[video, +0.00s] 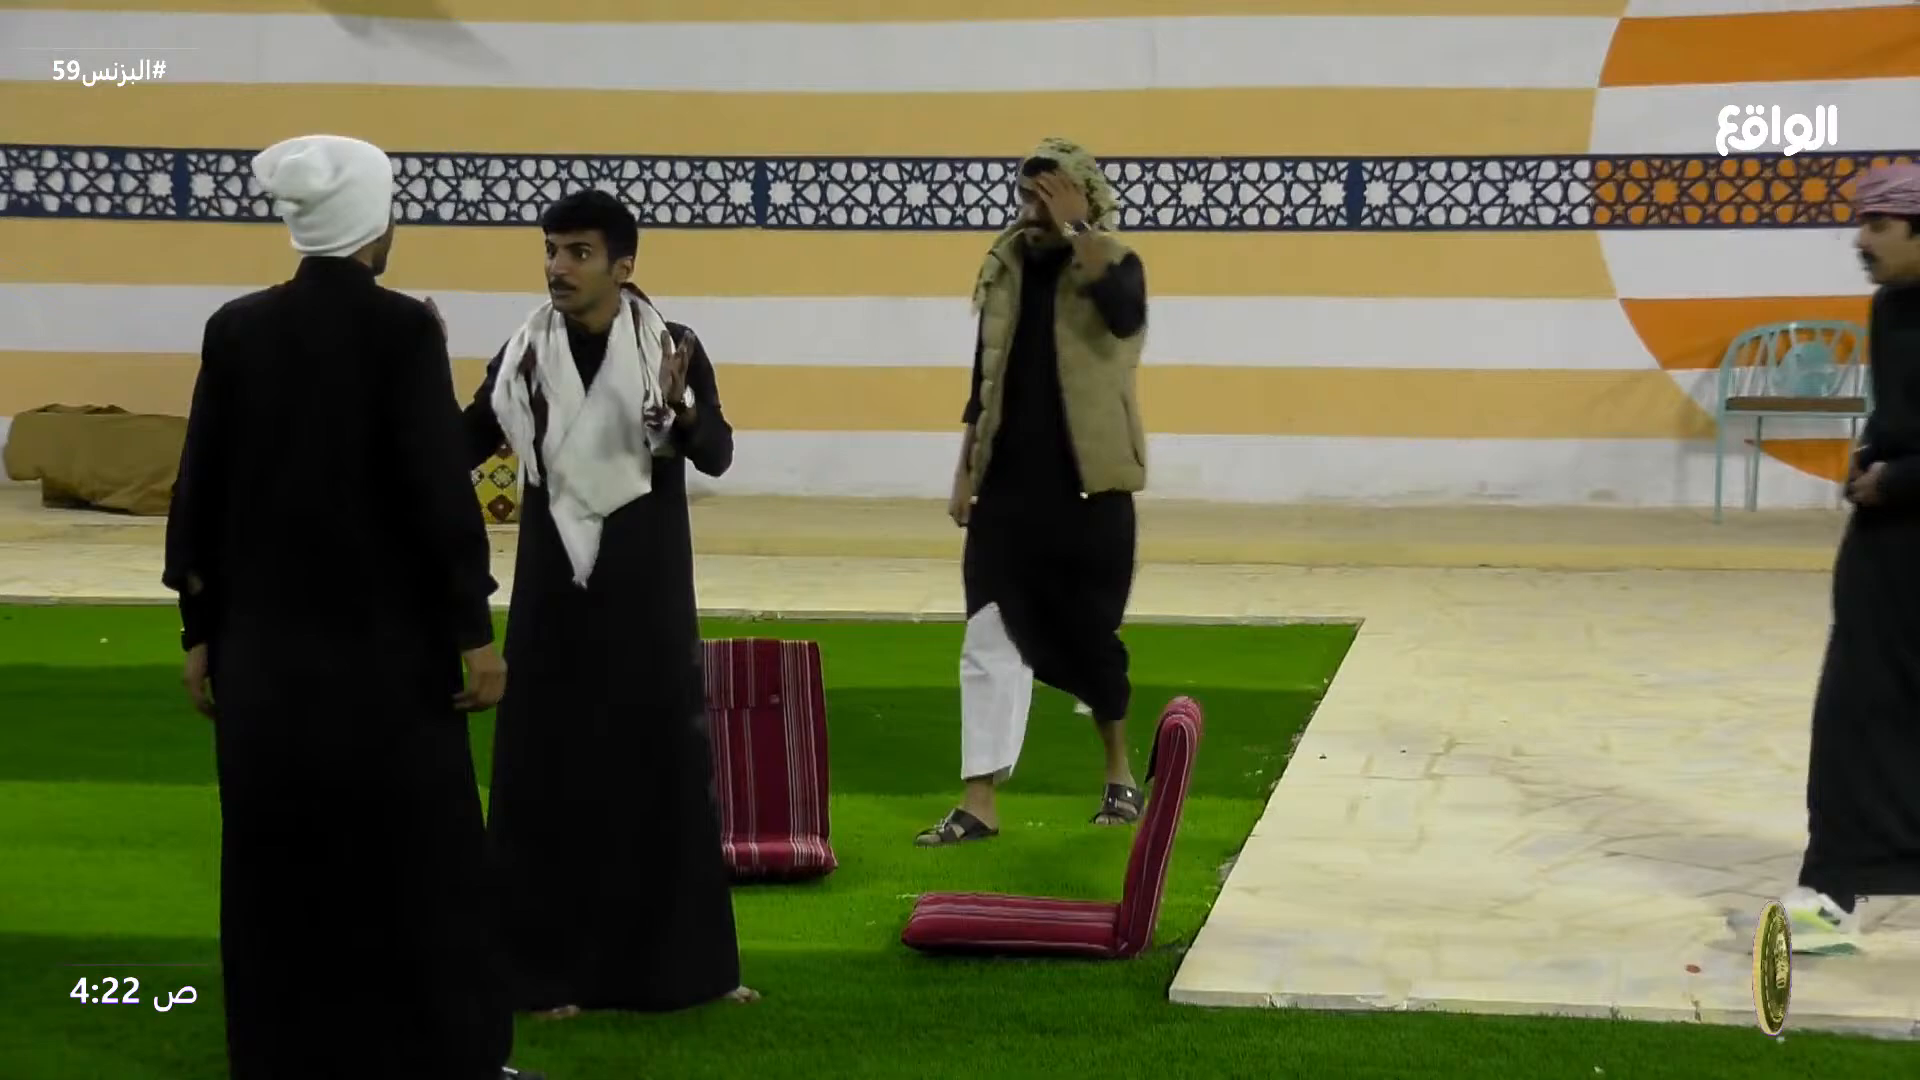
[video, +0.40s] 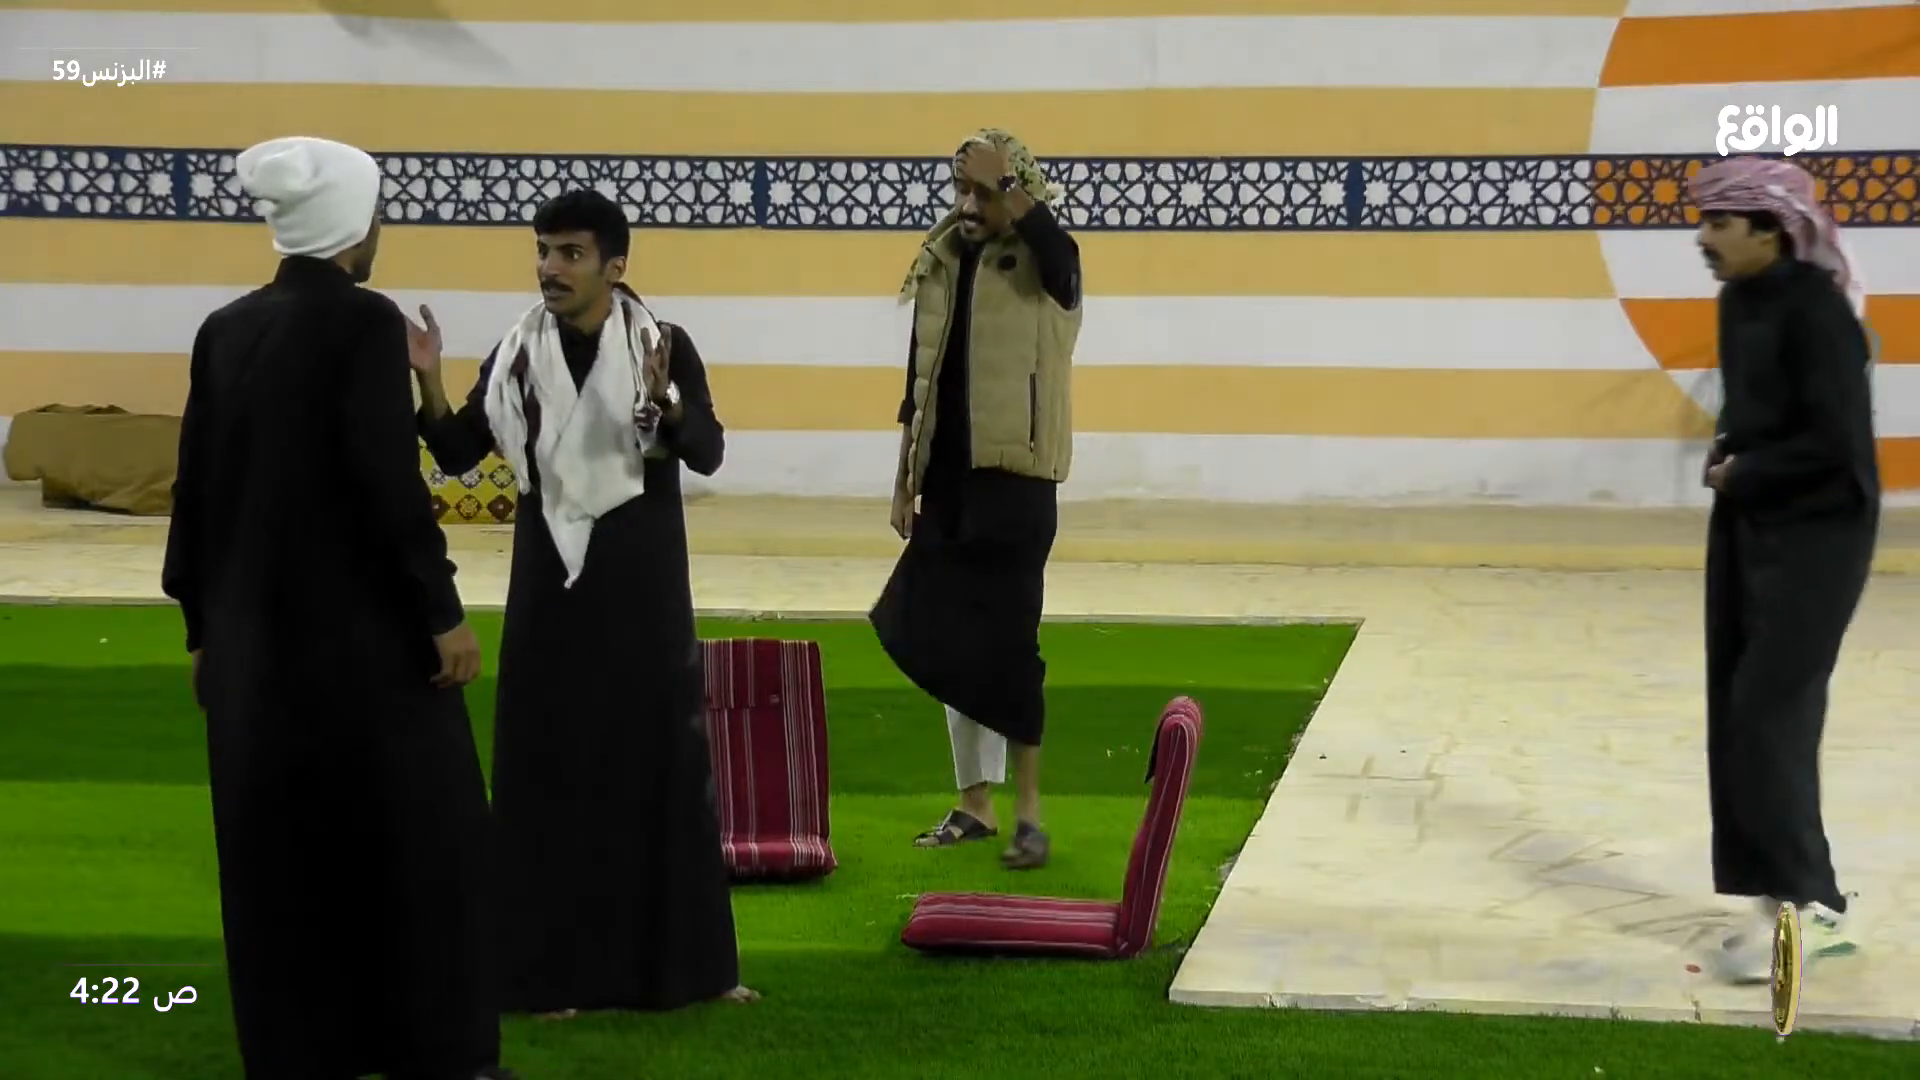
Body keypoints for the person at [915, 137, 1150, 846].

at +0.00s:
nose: (1034, 207)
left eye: (1047, 194)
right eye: (1027, 196)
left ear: (1084, 199)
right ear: (1021, 200)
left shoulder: (1113, 263)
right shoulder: (1002, 267)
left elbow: (1125, 316)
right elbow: (983, 378)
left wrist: (1080, 231)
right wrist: (967, 471)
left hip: (1090, 485)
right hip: (1008, 482)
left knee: (1090, 635)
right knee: (989, 640)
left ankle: (1119, 775)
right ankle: (978, 806)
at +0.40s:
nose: (969, 202)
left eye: (983, 189)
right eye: (961, 187)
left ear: (1020, 193)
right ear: (953, 187)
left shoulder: (1049, 260)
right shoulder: (939, 262)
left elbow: (1062, 272)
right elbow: (918, 381)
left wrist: (1020, 201)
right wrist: (906, 480)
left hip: (1017, 476)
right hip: (947, 476)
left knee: (1013, 643)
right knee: (955, 642)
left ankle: (1028, 815)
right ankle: (973, 809)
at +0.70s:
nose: (982, 208)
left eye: (996, 195)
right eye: (973, 195)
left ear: (1029, 196)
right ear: (960, 193)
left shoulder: (1054, 265)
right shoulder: (940, 266)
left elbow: (1059, 271)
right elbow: (918, 389)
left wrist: (1012, 210)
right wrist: (904, 486)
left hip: (1016, 487)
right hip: (943, 484)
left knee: (1008, 651)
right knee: (935, 637)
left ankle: (1006, 831)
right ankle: (973, 801)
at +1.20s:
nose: (993, 202)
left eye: (1009, 192)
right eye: (984, 187)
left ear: (1041, 199)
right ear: (968, 190)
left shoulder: (1061, 258)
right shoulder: (941, 262)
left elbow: (1101, 271)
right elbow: (918, 383)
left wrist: (1060, 210)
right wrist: (905, 485)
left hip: (1035, 497)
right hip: (949, 494)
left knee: (1024, 660)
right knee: (927, 655)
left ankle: (1008, 834)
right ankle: (947, 831)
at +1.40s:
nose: (999, 204)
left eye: (1015, 194)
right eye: (990, 188)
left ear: (1043, 200)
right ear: (971, 186)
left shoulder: (1059, 258)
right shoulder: (939, 258)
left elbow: (1098, 263)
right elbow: (911, 379)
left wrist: (1059, 203)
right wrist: (897, 483)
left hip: (1028, 493)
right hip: (945, 490)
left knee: (1020, 657)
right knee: (925, 654)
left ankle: (1008, 832)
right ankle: (947, 830)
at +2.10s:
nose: (944, 195)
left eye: (962, 183)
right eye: (934, 179)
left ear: (992, 197)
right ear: (914, 189)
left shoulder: (1016, 266)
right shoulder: (884, 263)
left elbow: (1067, 322)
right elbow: (839, 349)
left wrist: (994, 248)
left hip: (984, 497)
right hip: (889, 489)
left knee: (980, 663)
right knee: (885, 652)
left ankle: (969, 828)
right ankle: (886, 820)